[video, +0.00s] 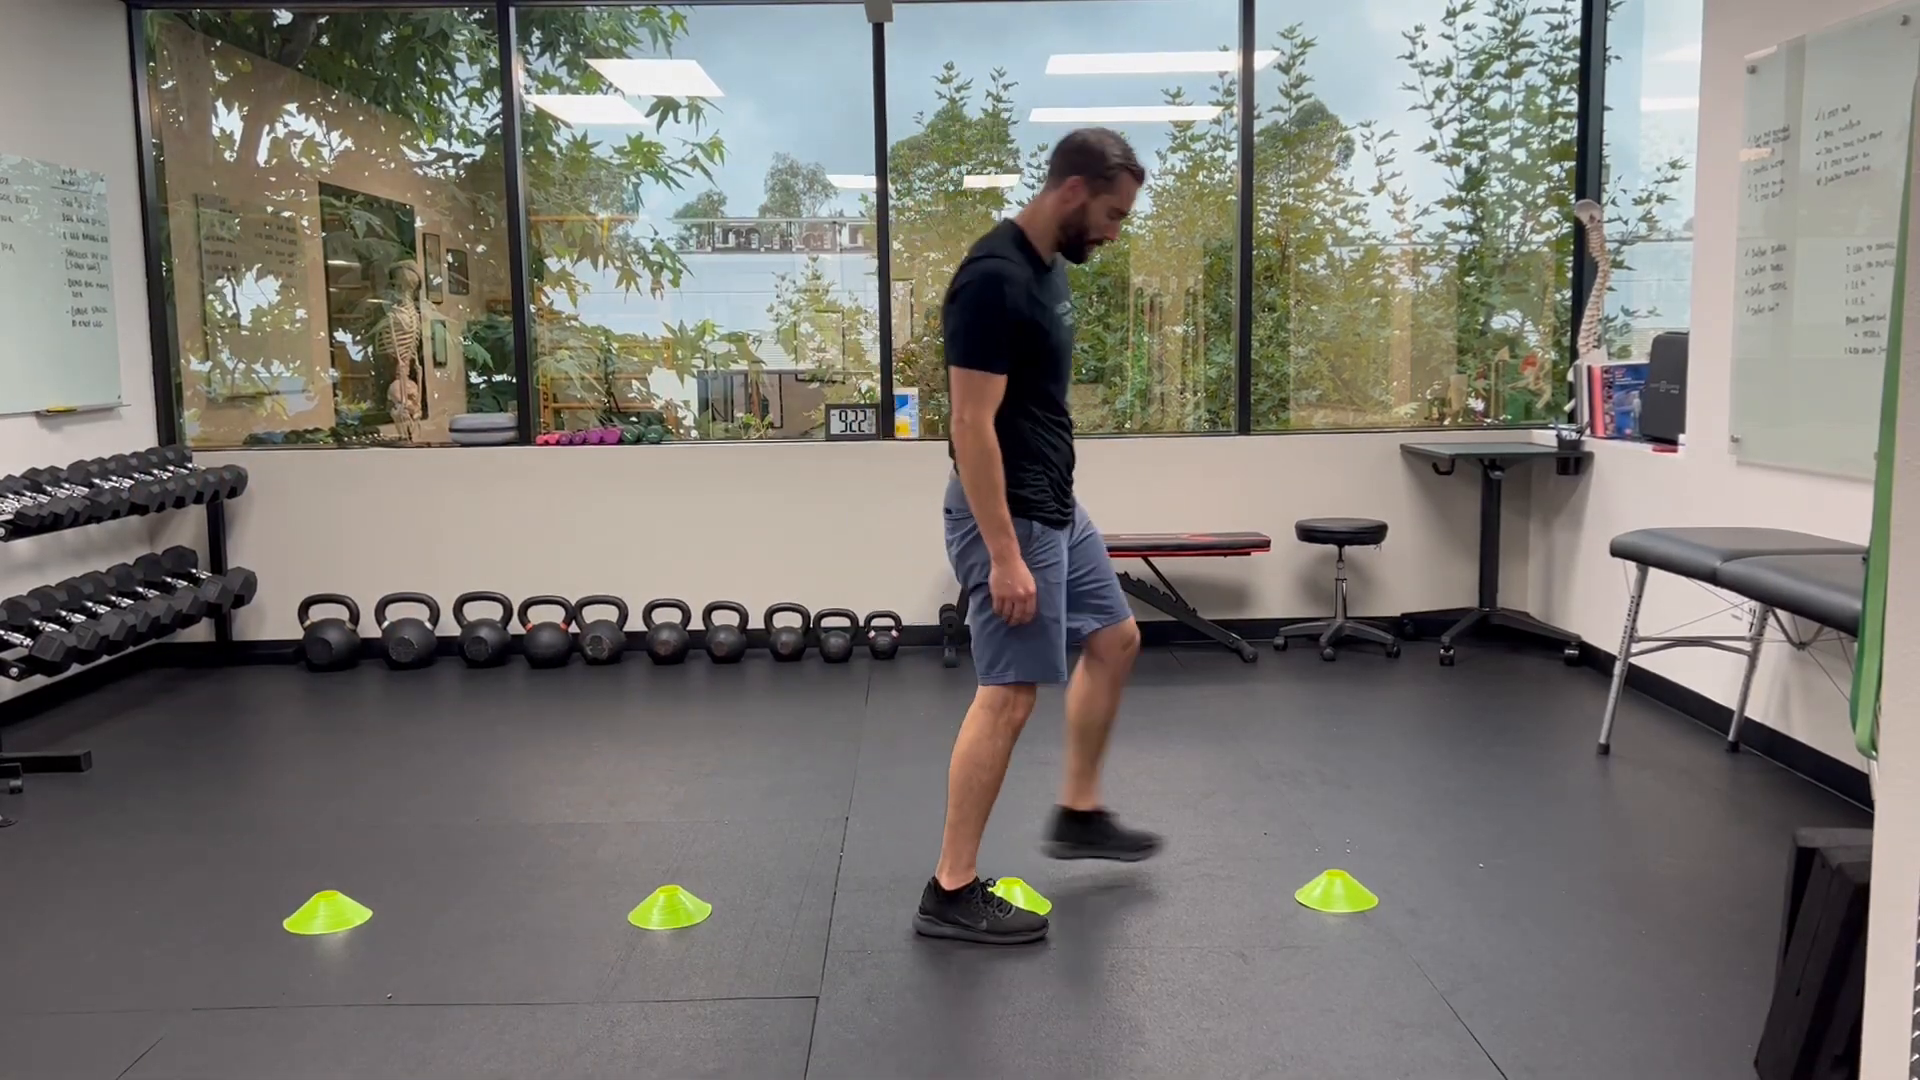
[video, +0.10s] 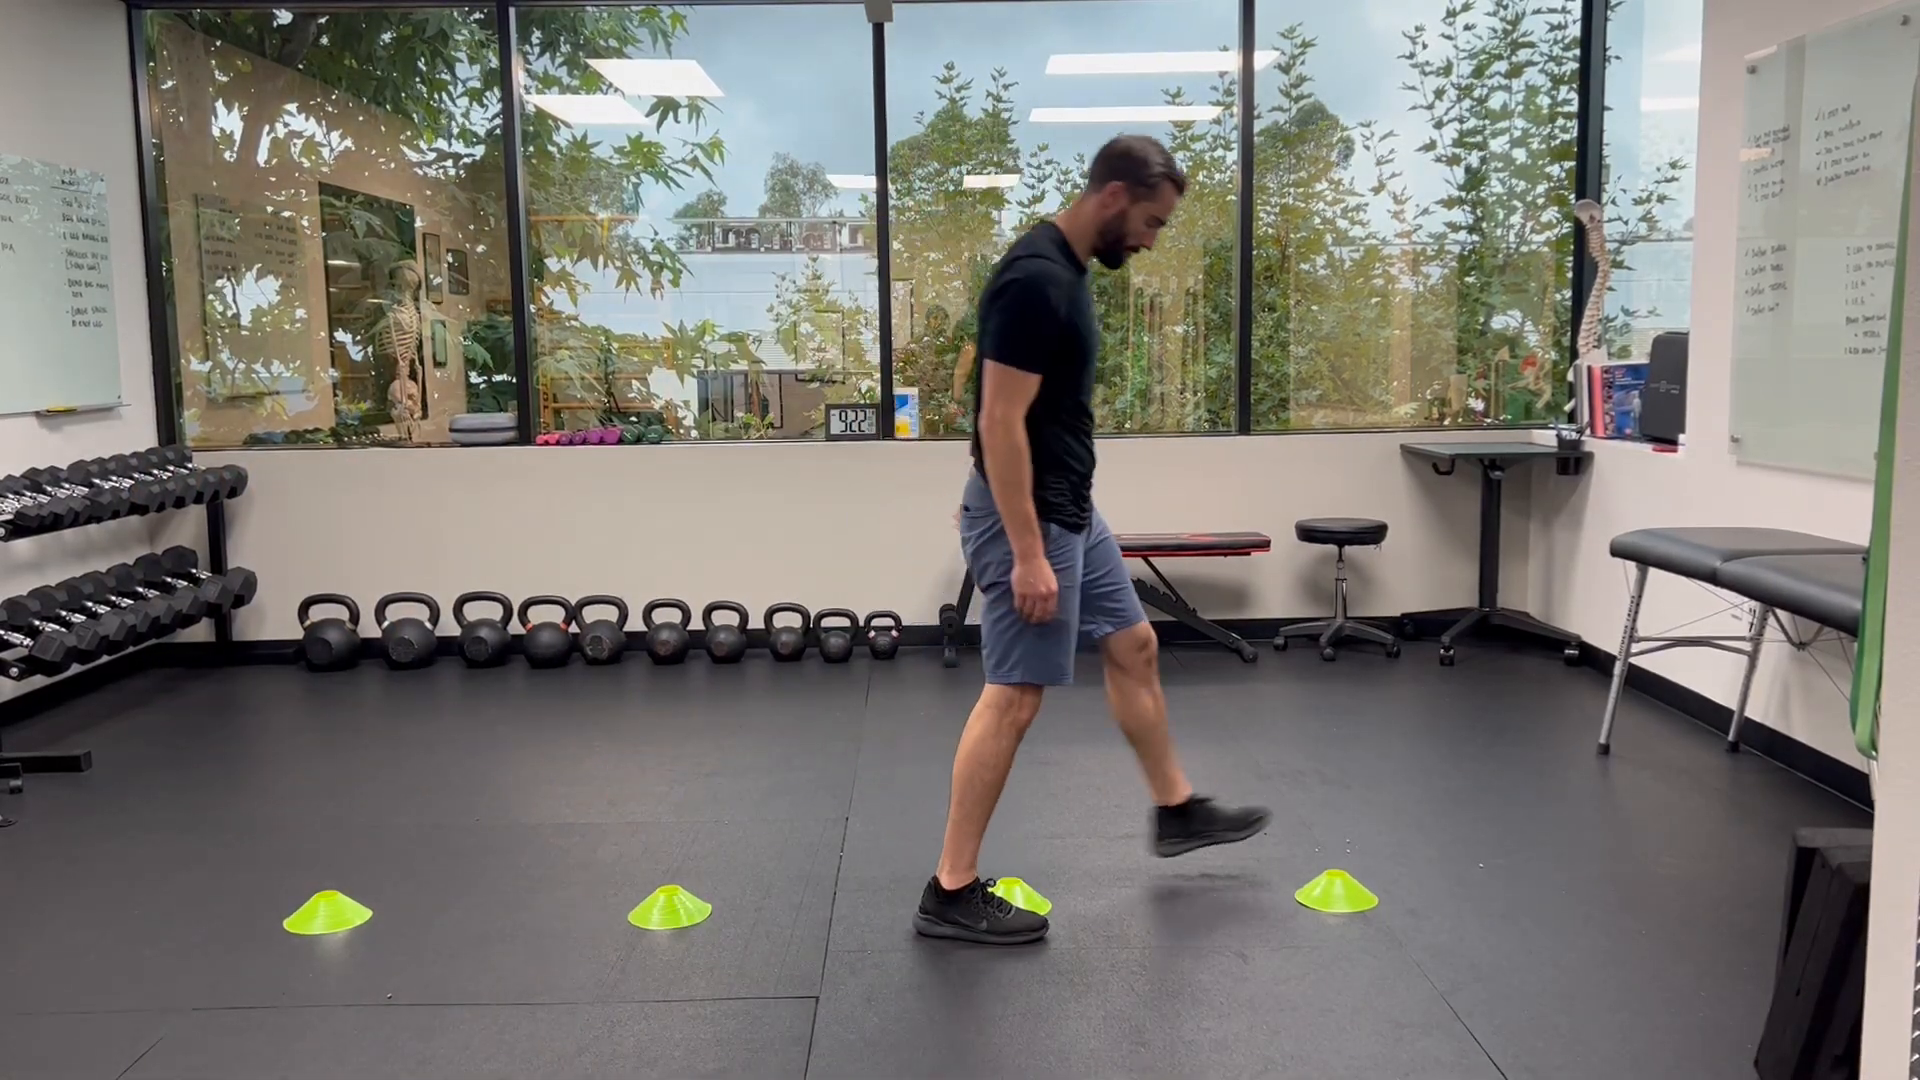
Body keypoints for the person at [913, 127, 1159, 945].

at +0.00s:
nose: (1115, 234)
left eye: (1123, 219)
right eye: (1114, 215)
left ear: (1076, 193)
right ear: (1074, 190)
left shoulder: (1039, 269)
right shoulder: (994, 277)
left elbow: (1028, 411)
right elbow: (971, 424)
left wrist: (1057, 512)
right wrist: (1003, 552)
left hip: (1055, 512)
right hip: (1007, 521)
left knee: (1113, 639)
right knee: (1007, 695)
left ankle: (1080, 812)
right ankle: (952, 886)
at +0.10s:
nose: (1152, 241)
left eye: (1159, 227)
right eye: (1153, 223)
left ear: (1116, 199)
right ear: (1113, 197)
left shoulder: (1066, 271)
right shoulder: (1037, 279)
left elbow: (1037, 414)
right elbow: (999, 421)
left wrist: (1067, 522)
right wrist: (1026, 551)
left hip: (1069, 516)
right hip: (1022, 525)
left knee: (1132, 646)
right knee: (1011, 697)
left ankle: (1176, 808)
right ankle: (952, 888)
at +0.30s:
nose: (1230, 273)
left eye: (1239, 261)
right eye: (1234, 255)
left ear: (1198, 226)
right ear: (1200, 226)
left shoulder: (1118, 282)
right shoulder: (1124, 301)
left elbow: (1046, 392)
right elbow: (1077, 432)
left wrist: (1009, 487)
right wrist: (1094, 566)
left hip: (1125, 533)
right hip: (1083, 535)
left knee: (1190, 665)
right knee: (1043, 704)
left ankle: (1244, 832)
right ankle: (955, 885)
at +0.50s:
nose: (1303, 254)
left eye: (1313, 240)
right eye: (1304, 233)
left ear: (1263, 207)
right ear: (1264, 205)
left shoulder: (1217, 277)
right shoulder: (1200, 279)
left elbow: (1180, 412)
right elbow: (1158, 407)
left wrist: (1198, 527)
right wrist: (1178, 534)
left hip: (1180, 510)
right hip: (1147, 513)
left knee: (1229, 662)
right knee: (1180, 693)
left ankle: (1249, 840)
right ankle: (1020, 831)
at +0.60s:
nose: (1312, 223)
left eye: (1321, 213)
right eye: (1306, 202)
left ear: (1275, 198)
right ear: (1260, 185)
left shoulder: (1233, 273)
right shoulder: (1212, 267)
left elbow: (1234, 407)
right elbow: (1176, 399)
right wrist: (1222, 517)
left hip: (1188, 501)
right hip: (1173, 506)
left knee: (1236, 673)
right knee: (1254, 676)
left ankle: (1248, 837)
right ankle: (1099, 806)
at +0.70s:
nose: (1306, 202)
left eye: (1319, 193)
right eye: (1296, 182)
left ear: (1319, 203)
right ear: (1253, 175)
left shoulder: (1252, 276)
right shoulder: (1217, 263)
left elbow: (1294, 394)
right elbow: (1188, 391)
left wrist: (1390, 452)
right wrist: (1258, 502)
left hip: (1216, 503)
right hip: (1203, 505)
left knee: (1247, 666)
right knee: (1299, 671)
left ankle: (1247, 834)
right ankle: (1198, 840)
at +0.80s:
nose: (1301, 192)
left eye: (1312, 182)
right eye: (1288, 173)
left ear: (1314, 195)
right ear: (1247, 173)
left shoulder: (1260, 270)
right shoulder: (1220, 260)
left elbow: (1319, 375)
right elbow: (1204, 391)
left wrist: (1420, 381)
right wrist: (1280, 497)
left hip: (1239, 506)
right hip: (1230, 510)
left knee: (1261, 667)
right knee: (1299, 680)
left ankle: (1247, 838)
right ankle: (1271, 877)